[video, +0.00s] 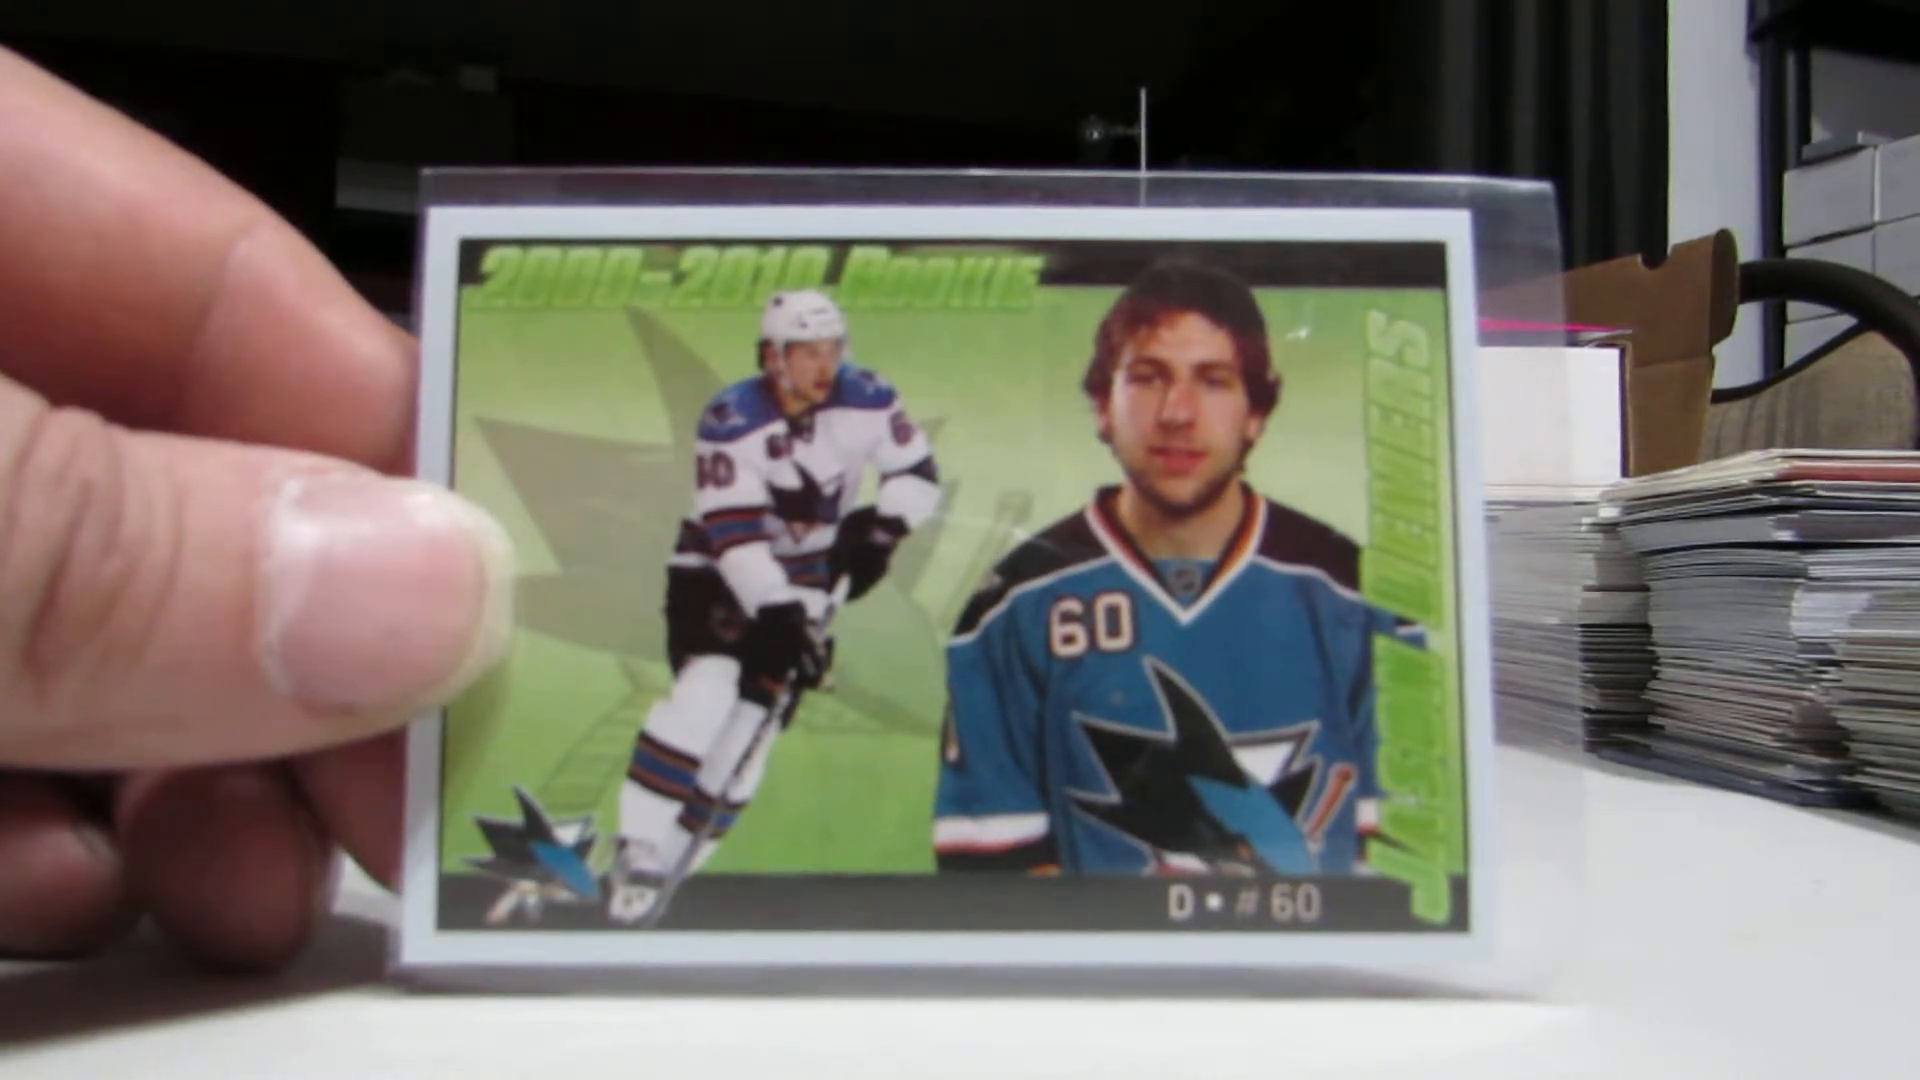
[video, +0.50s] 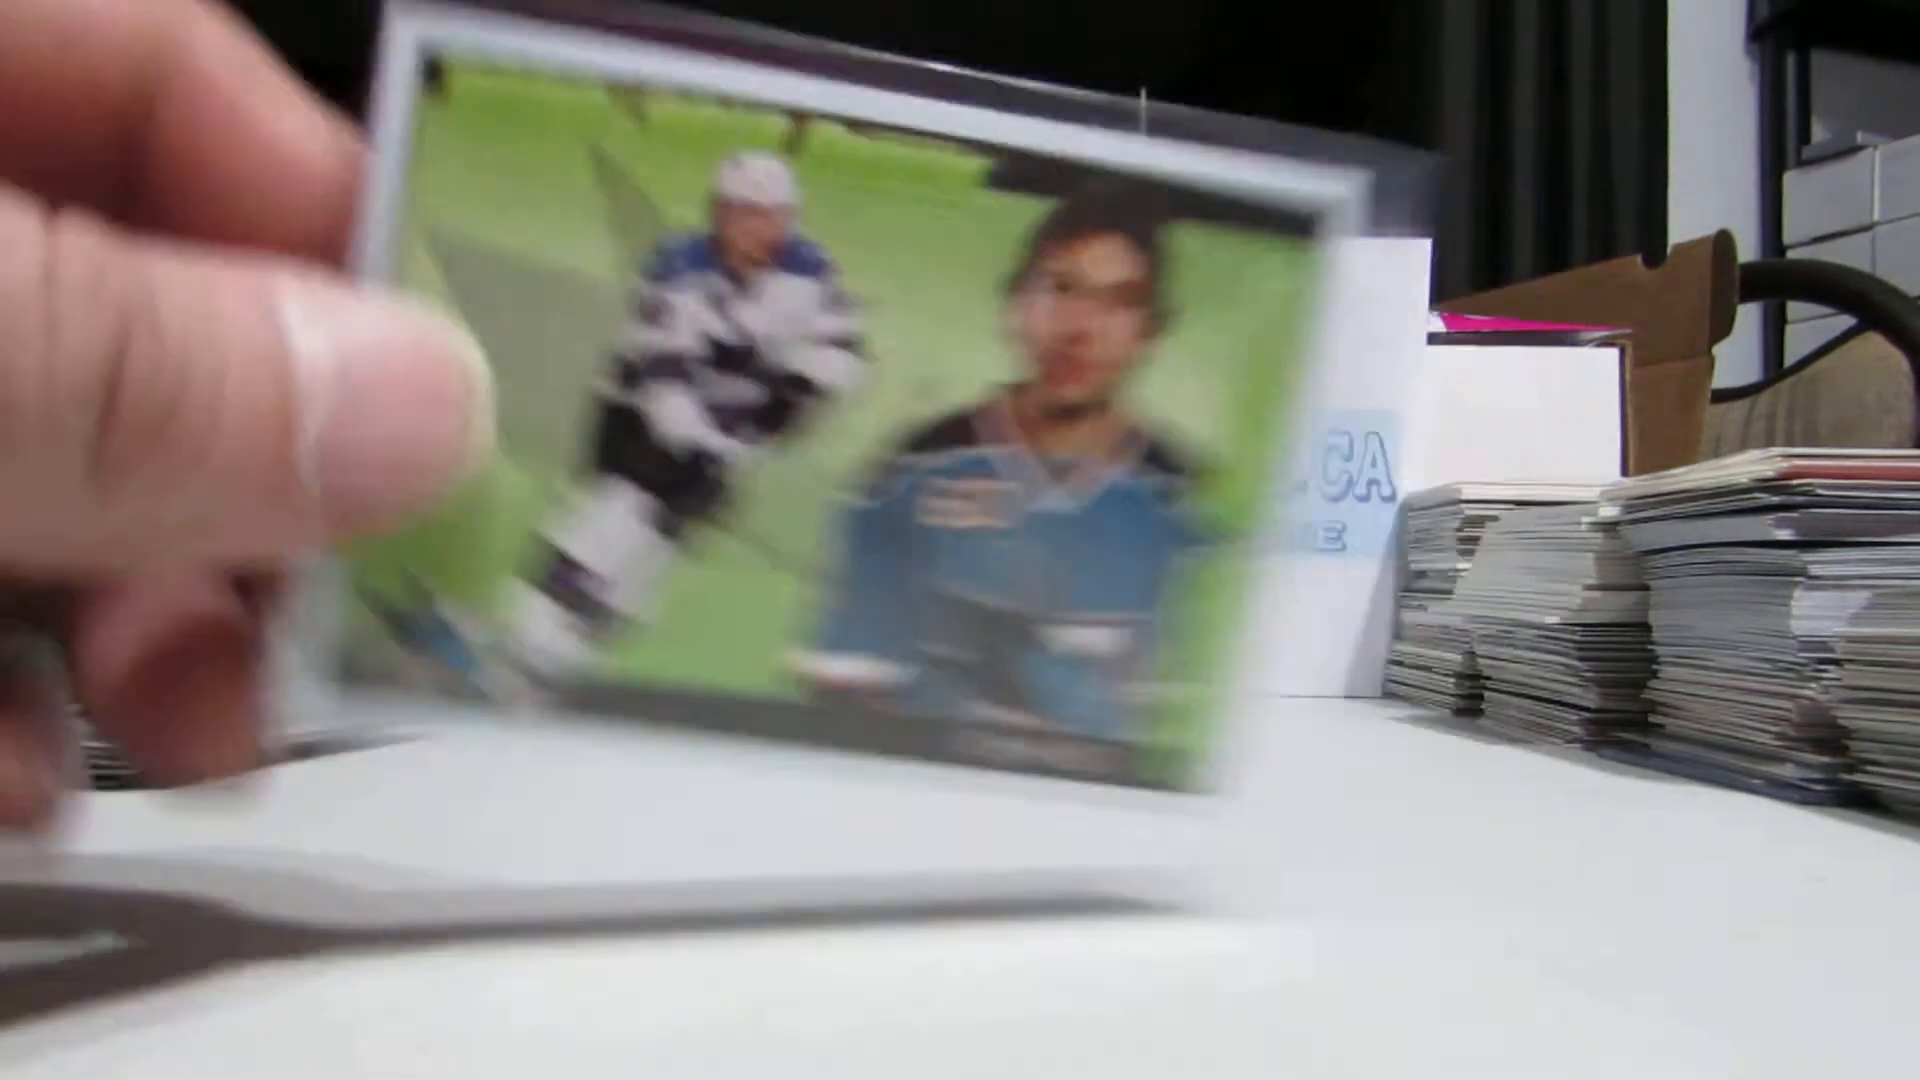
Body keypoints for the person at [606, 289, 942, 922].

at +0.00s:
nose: (825, 366)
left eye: (833, 352)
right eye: (810, 353)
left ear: (843, 352)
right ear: (773, 359)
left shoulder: (868, 401)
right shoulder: (732, 420)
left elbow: (917, 474)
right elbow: (733, 528)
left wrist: (880, 531)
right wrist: (776, 610)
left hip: (807, 578)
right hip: (721, 568)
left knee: (754, 724)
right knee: (709, 685)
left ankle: (677, 863)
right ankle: (641, 850)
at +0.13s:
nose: (825, 366)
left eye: (833, 352)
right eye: (809, 353)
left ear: (843, 352)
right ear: (773, 359)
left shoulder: (868, 401)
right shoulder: (732, 420)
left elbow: (917, 474)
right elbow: (733, 528)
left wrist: (880, 531)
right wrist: (776, 610)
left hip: (807, 578)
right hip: (721, 567)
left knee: (754, 724)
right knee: (709, 685)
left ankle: (677, 863)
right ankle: (641, 850)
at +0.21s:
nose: (826, 366)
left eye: (833, 352)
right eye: (810, 353)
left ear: (843, 352)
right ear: (774, 359)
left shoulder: (868, 401)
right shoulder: (732, 420)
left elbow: (917, 474)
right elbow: (733, 528)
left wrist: (880, 531)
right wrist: (776, 609)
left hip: (807, 578)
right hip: (721, 568)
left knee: (754, 725)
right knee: (708, 686)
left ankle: (677, 863)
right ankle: (640, 850)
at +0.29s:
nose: (826, 366)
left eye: (833, 352)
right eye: (810, 353)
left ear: (843, 352)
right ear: (774, 358)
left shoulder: (868, 401)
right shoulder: (732, 420)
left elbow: (917, 474)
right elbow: (733, 528)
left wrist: (880, 531)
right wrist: (776, 610)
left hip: (807, 578)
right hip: (720, 568)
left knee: (754, 725)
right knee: (709, 685)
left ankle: (677, 863)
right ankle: (641, 850)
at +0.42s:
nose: (821, 354)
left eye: (830, 340)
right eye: (806, 340)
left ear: (844, 341)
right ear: (774, 344)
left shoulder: (869, 391)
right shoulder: (733, 405)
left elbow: (919, 465)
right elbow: (731, 511)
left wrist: (879, 517)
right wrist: (771, 593)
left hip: (804, 567)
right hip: (717, 554)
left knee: (746, 707)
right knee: (705, 666)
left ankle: (670, 839)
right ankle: (634, 829)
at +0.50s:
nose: (758, 230)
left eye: (771, 217)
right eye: (745, 215)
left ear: (788, 222)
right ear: (720, 215)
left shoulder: (807, 275)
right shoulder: (682, 266)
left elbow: (838, 352)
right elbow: (657, 363)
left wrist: (784, 395)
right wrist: (699, 443)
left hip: (730, 421)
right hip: (655, 402)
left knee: (661, 524)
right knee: (629, 493)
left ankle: (596, 621)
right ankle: (558, 600)